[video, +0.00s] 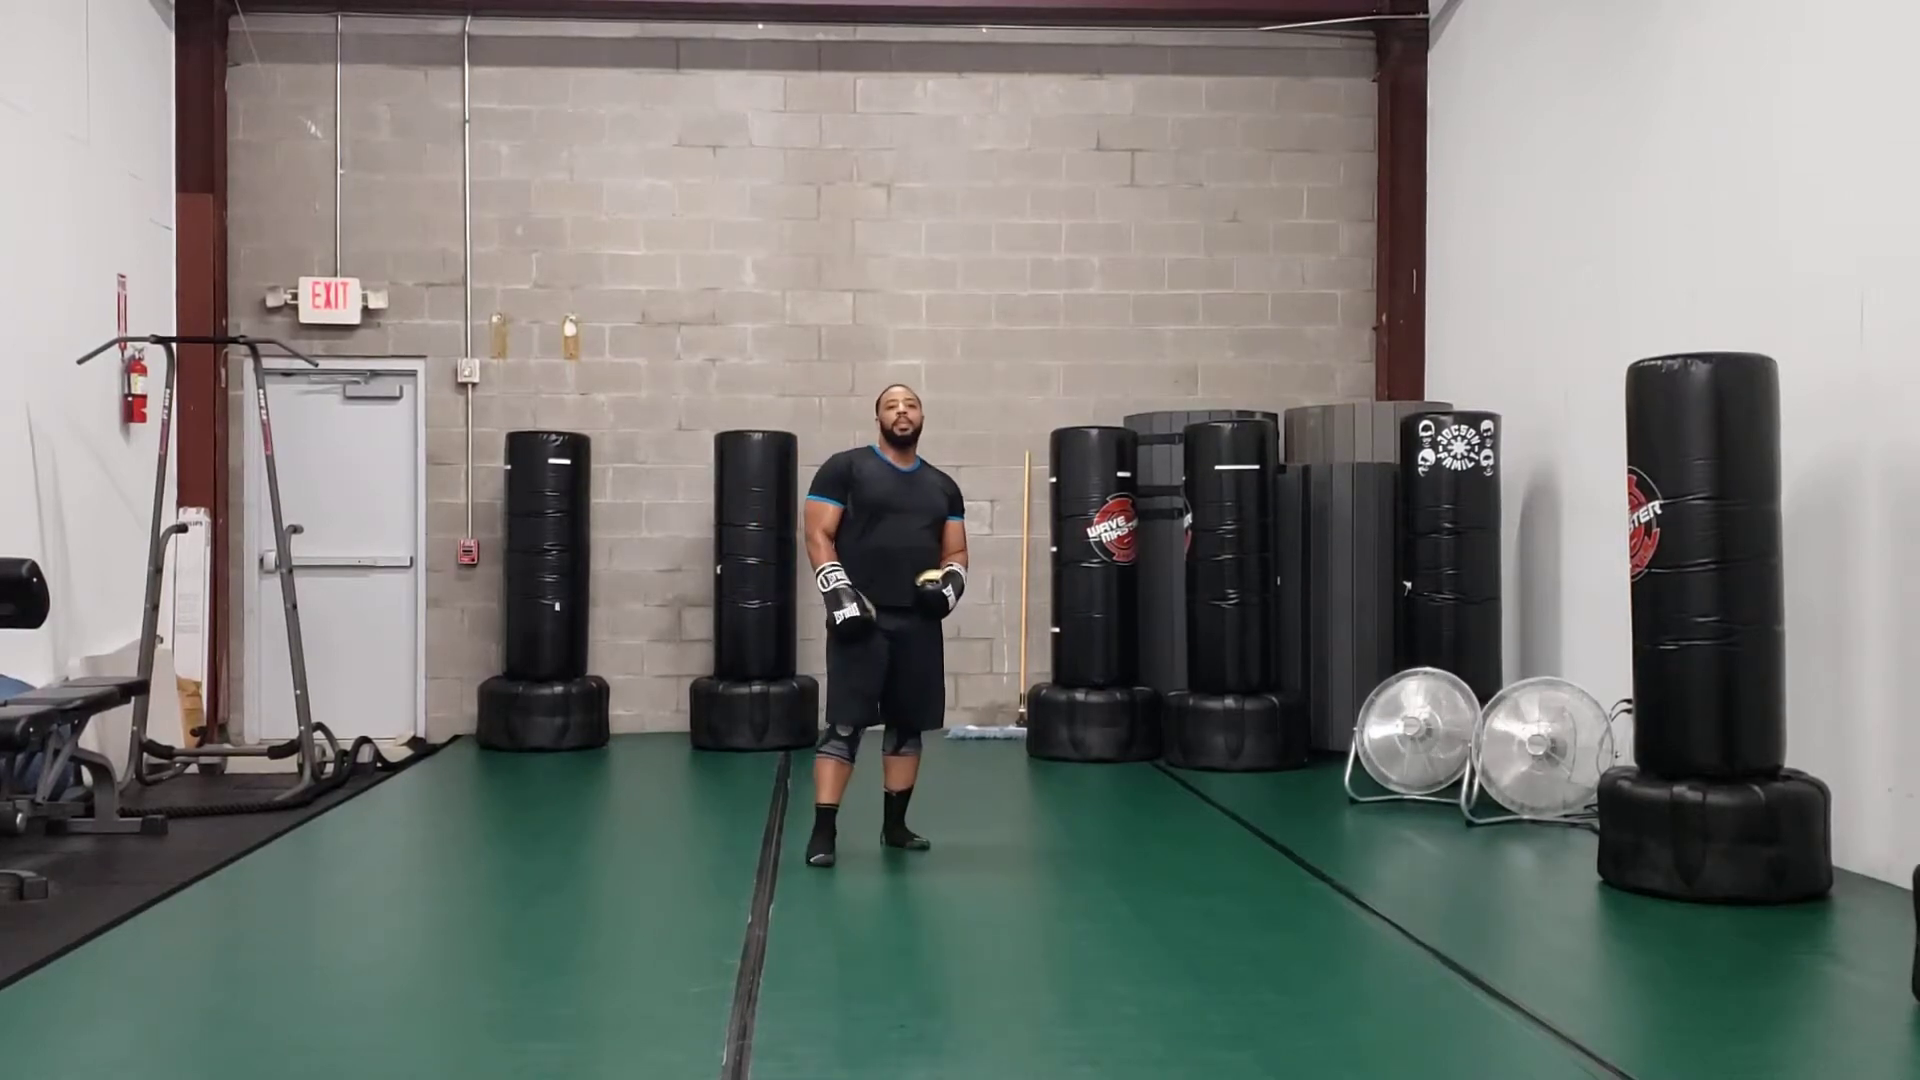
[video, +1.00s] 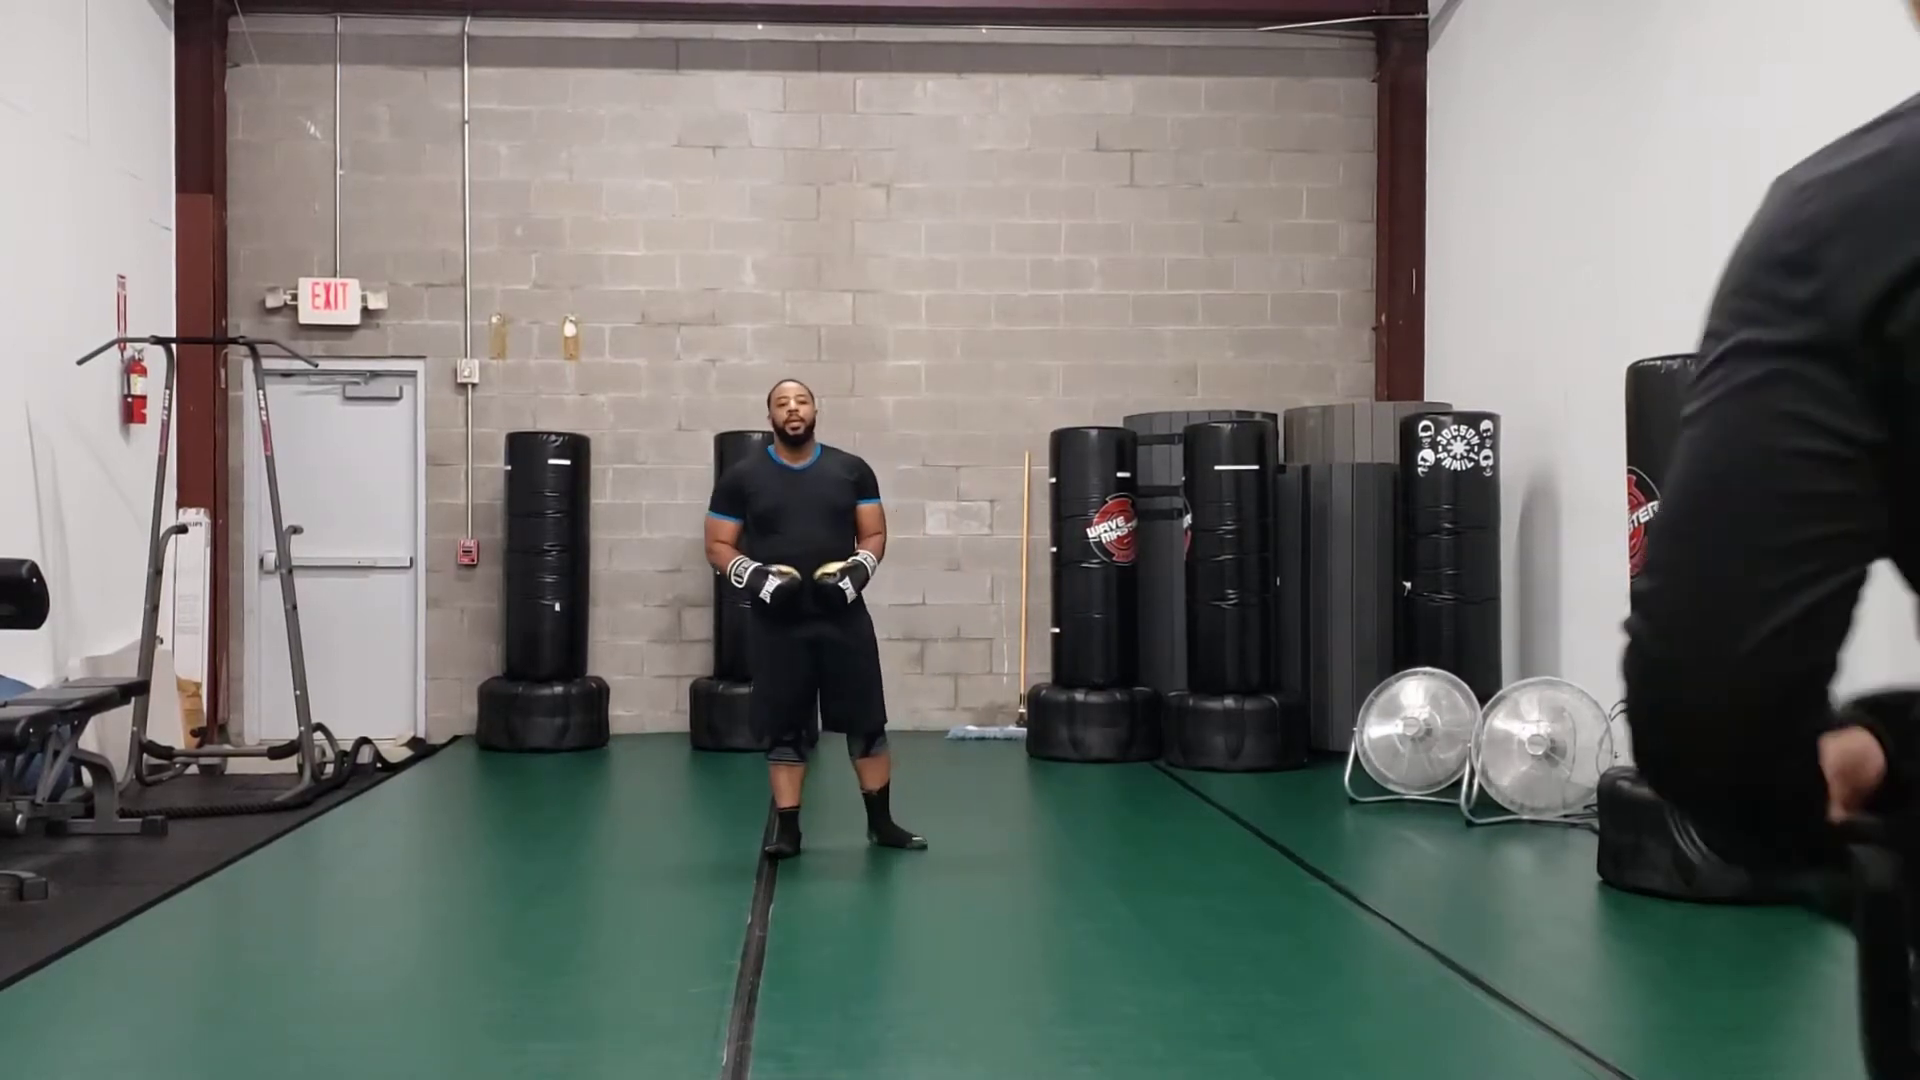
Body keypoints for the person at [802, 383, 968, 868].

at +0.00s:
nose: (902, 412)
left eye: (910, 405)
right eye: (892, 406)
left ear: (922, 419)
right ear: (879, 421)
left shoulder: (943, 487)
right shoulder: (845, 468)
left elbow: (955, 551)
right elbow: (817, 533)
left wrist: (951, 582)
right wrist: (836, 588)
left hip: (918, 621)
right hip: (858, 617)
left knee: (907, 726)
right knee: (845, 724)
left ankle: (895, 826)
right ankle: (824, 832)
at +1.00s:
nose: (793, 410)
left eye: (801, 402)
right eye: (783, 404)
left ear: (815, 412)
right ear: (770, 418)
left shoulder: (852, 470)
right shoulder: (743, 476)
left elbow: (874, 536)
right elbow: (718, 546)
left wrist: (857, 571)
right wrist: (756, 577)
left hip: (843, 617)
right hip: (777, 621)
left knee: (867, 721)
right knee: (784, 730)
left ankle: (882, 823)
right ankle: (786, 832)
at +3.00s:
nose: (800, 427)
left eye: (811, 418)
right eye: (791, 416)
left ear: (824, 416)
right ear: (774, 411)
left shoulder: (856, 473)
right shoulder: (738, 472)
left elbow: (872, 553)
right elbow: (710, 544)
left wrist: (880, 619)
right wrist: (733, 554)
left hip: (838, 636)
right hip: (764, 638)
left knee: (858, 751)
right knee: (761, 755)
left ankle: (865, 838)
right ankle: (756, 873)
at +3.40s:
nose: (768, 420)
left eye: (778, 411)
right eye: (757, 408)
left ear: (789, 409)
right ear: (735, 401)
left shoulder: (817, 468)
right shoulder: (690, 468)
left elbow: (843, 548)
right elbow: (658, 544)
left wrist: (862, 616)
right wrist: (696, 549)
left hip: (796, 629)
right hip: (726, 634)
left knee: (792, 750)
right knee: (741, 758)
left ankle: (790, 879)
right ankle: (754, 875)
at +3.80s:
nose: (753, 410)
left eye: (767, 401)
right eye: (745, 396)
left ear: (781, 406)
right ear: (726, 390)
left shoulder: (806, 472)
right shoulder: (675, 460)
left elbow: (824, 561)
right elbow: (651, 543)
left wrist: (836, 637)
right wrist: (638, 615)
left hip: (770, 642)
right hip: (691, 641)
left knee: (763, 772)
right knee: (690, 771)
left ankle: (749, 898)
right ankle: (749, 845)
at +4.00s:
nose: (736, 405)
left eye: (750, 396)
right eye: (728, 390)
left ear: (765, 399)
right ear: (708, 384)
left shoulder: (791, 466)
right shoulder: (660, 461)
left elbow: (813, 554)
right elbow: (626, 549)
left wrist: (814, 630)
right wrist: (587, 618)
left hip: (760, 649)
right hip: (673, 646)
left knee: (759, 780)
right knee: (648, 768)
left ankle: (748, 902)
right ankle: (666, 894)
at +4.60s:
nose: (650, 395)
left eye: (664, 384)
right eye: (640, 379)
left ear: (677, 386)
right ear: (614, 371)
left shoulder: (702, 458)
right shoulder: (554, 451)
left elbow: (727, 553)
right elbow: (522, 546)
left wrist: (739, 628)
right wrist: (506, 624)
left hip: (668, 646)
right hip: (581, 650)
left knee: (680, 790)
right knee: (592, 797)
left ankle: (689, 924)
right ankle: (598, 935)